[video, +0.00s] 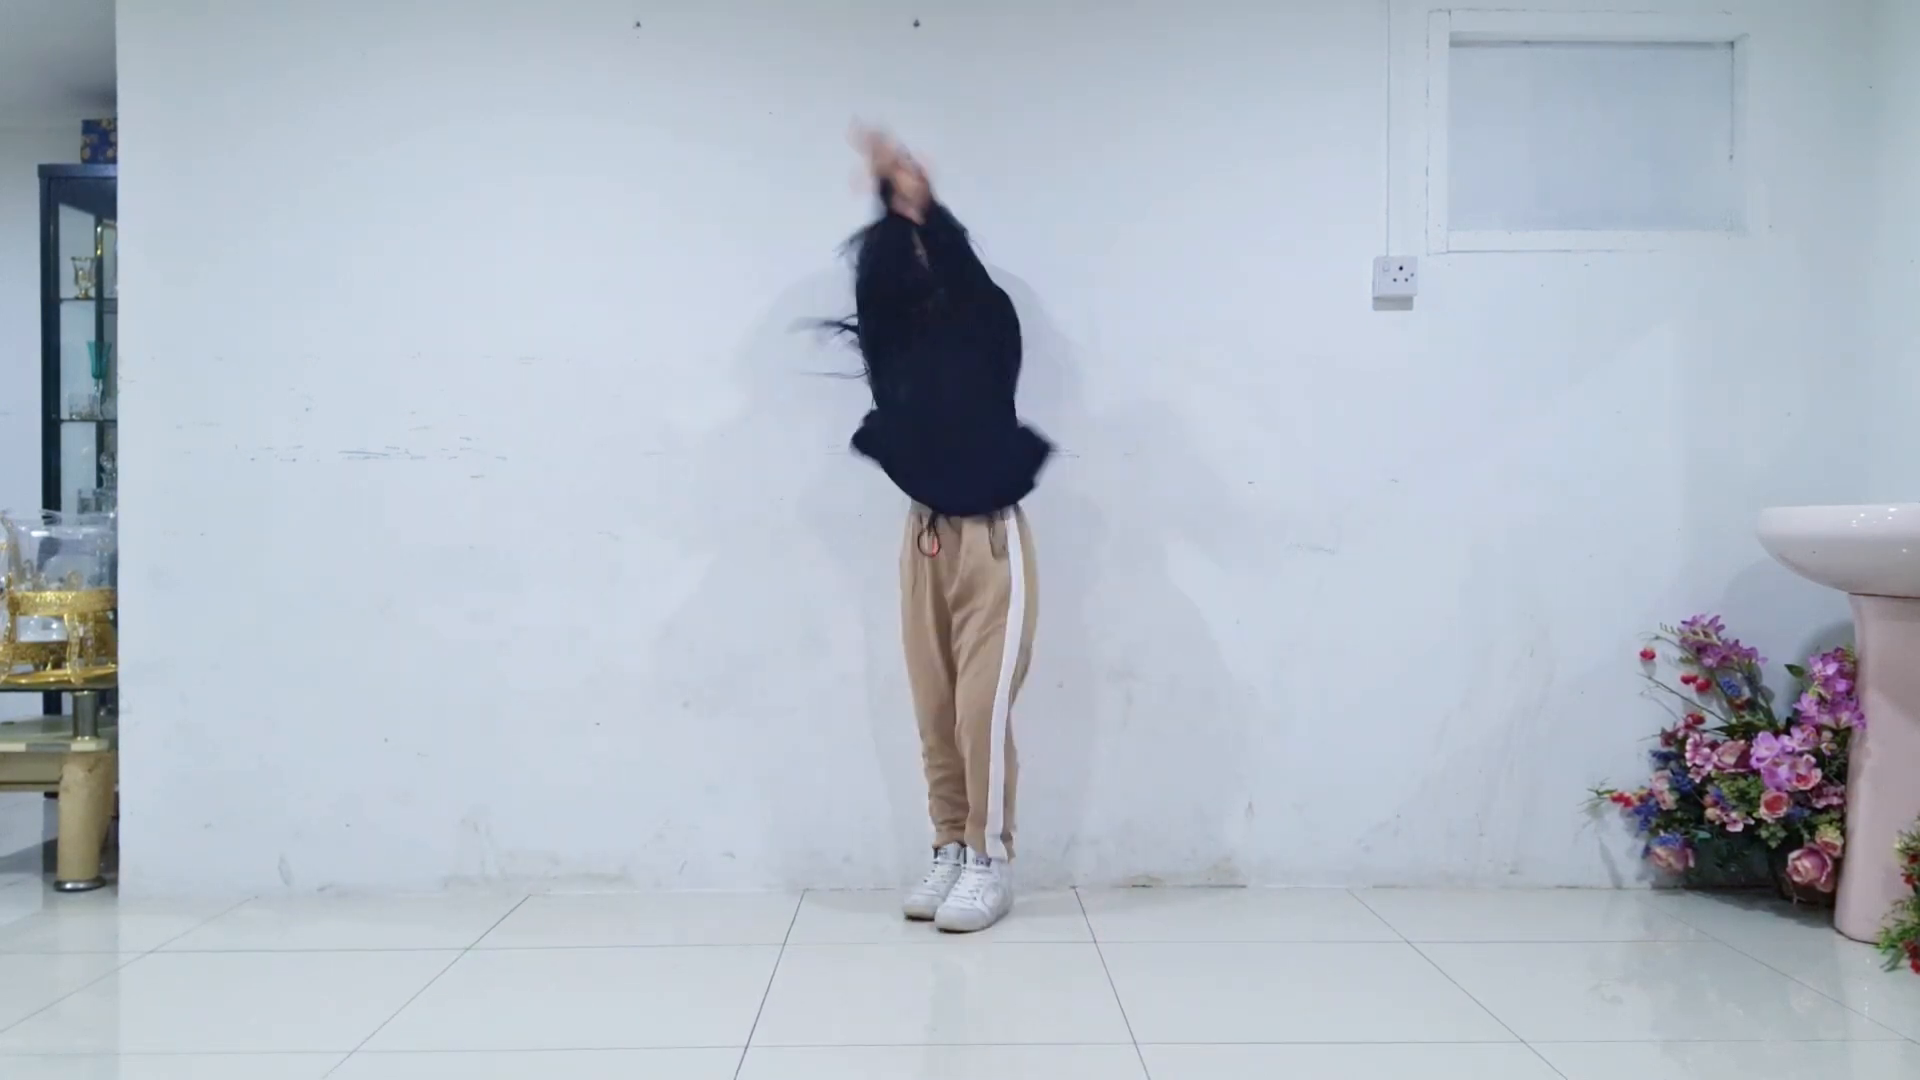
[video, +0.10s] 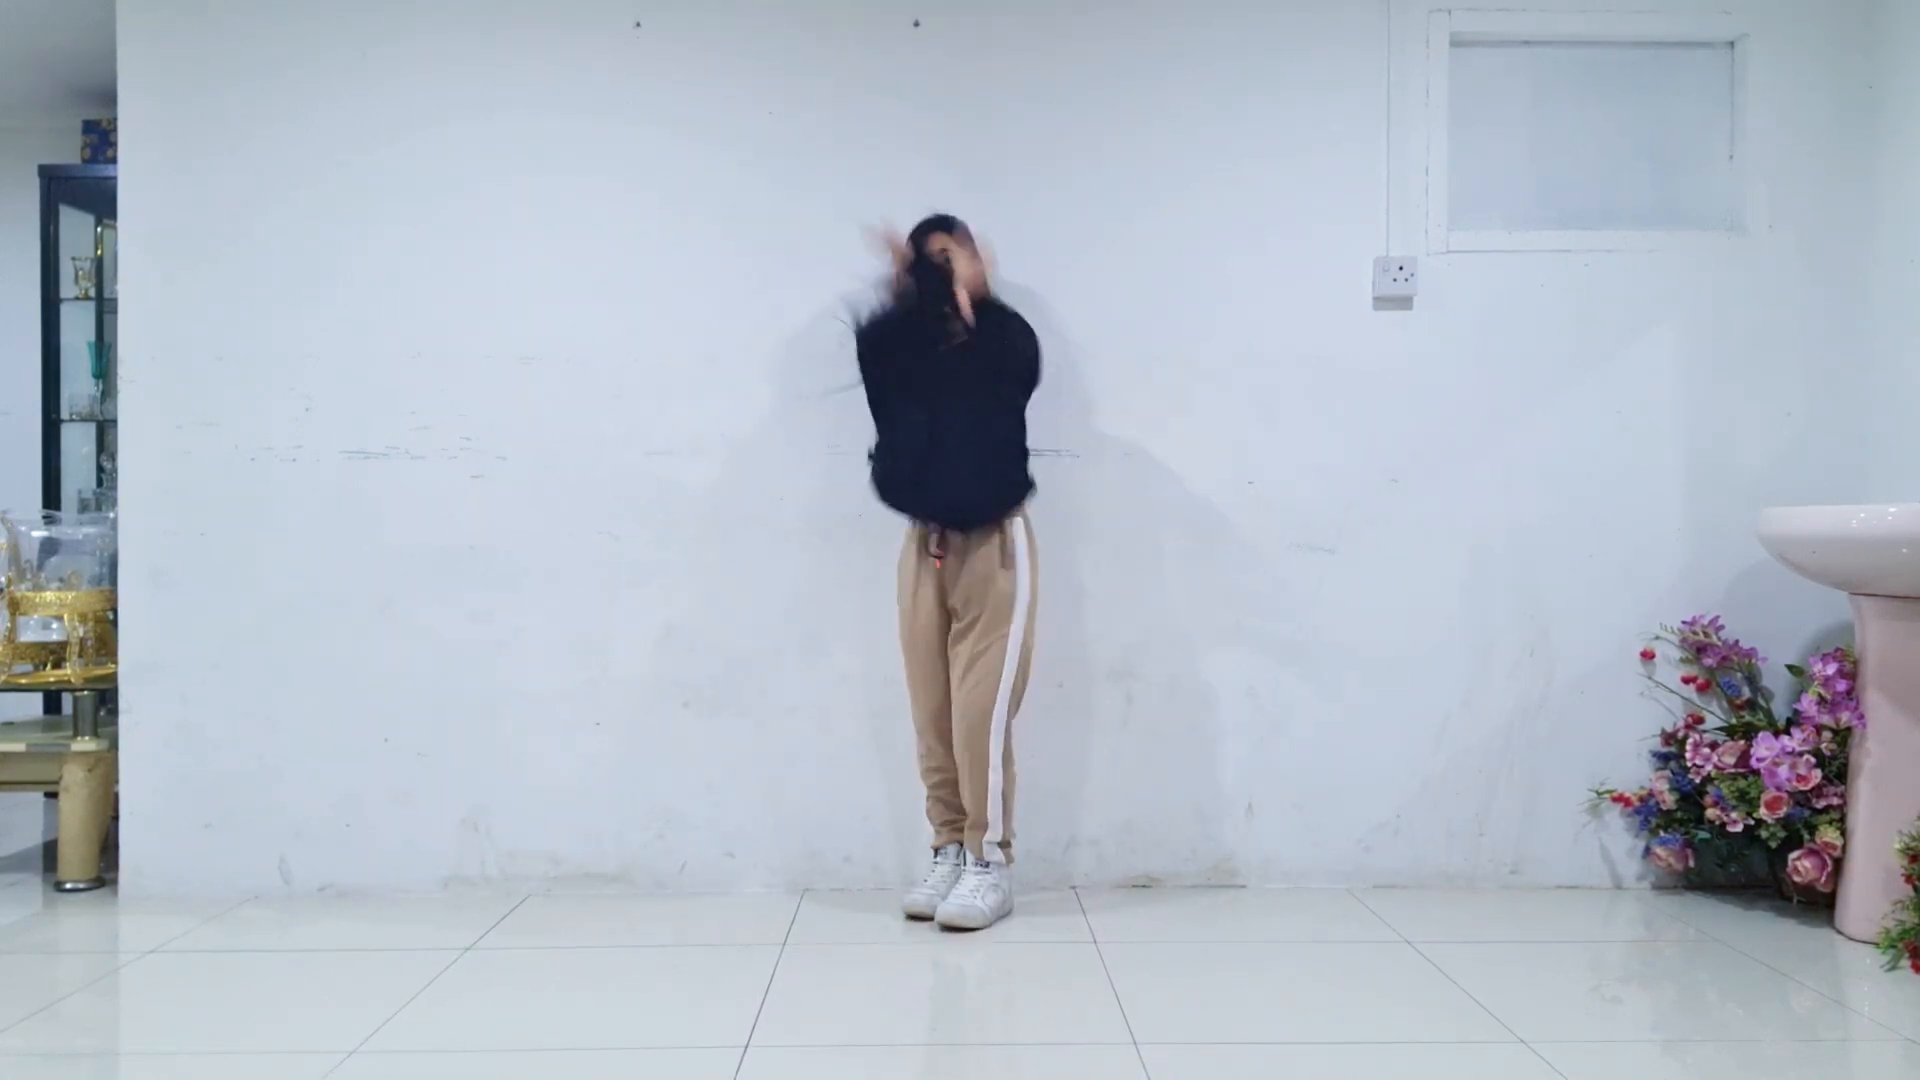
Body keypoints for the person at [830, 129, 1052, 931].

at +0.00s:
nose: (919, 256)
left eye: (930, 244)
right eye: (897, 245)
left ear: (948, 251)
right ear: (884, 270)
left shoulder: (987, 318)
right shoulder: (891, 336)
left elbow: (959, 268)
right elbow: (876, 278)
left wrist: (926, 205)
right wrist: (891, 210)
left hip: (994, 536)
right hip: (922, 533)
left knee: (981, 705)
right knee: (934, 706)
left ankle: (989, 864)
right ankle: (950, 856)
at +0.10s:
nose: (945, 262)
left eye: (956, 249)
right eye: (930, 256)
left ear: (981, 263)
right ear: (914, 273)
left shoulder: (1006, 334)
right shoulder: (893, 339)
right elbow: (876, 342)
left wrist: (976, 298)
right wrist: (902, 288)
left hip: (996, 542)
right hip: (922, 543)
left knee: (980, 706)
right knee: (931, 707)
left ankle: (989, 865)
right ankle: (950, 856)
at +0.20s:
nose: (944, 276)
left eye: (958, 264)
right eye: (930, 267)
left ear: (983, 278)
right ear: (912, 285)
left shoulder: (1015, 361)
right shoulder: (896, 367)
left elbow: (1059, 399)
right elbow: (861, 419)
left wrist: (996, 371)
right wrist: (918, 378)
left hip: (1004, 558)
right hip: (928, 557)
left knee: (985, 710)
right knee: (927, 714)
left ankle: (991, 867)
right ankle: (945, 859)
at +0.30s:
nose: (952, 278)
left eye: (967, 266)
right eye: (938, 269)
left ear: (992, 281)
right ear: (921, 289)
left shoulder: (1031, 370)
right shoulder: (906, 382)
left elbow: (1082, 462)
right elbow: (879, 471)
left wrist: (1019, 473)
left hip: (1018, 572)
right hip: (935, 576)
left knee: (999, 722)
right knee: (907, 710)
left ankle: (991, 864)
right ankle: (936, 835)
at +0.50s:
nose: (965, 279)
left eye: (981, 267)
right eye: (951, 267)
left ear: (1005, 282)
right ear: (932, 283)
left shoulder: (1025, 359)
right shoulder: (930, 378)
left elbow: (1072, 403)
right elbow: (939, 469)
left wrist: (999, 385)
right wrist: (927, 527)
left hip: (1037, 567)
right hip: (961, 572)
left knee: (1020, 717)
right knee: (956, 708)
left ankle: (994, 860)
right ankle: (1041, 845)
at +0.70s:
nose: (975, 288)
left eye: (990, 273)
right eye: (960, 274)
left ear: (1015, 289)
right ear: (942, 291)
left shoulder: (1033, 360)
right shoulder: (946, 383)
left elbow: (1048, 370)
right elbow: (950, 469)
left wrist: (1041, 355)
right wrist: (939, 516)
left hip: (1050, 571)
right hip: (971, 582)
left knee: (1042, 727)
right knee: (1022, 730)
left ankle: (999, 857)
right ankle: (1087, 876)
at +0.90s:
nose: (1044, 268)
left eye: (1037, 254)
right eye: (1031, 256)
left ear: (998, 276)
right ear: (997, 274)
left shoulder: (1024, 358)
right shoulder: (955, 371)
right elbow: (926, 451)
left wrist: (1073, 378)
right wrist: (996, 491)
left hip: (1063, 554)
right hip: (997, 561)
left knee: (1015, 715)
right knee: (1045, 716)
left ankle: (963, 854)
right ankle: (1093, 873)